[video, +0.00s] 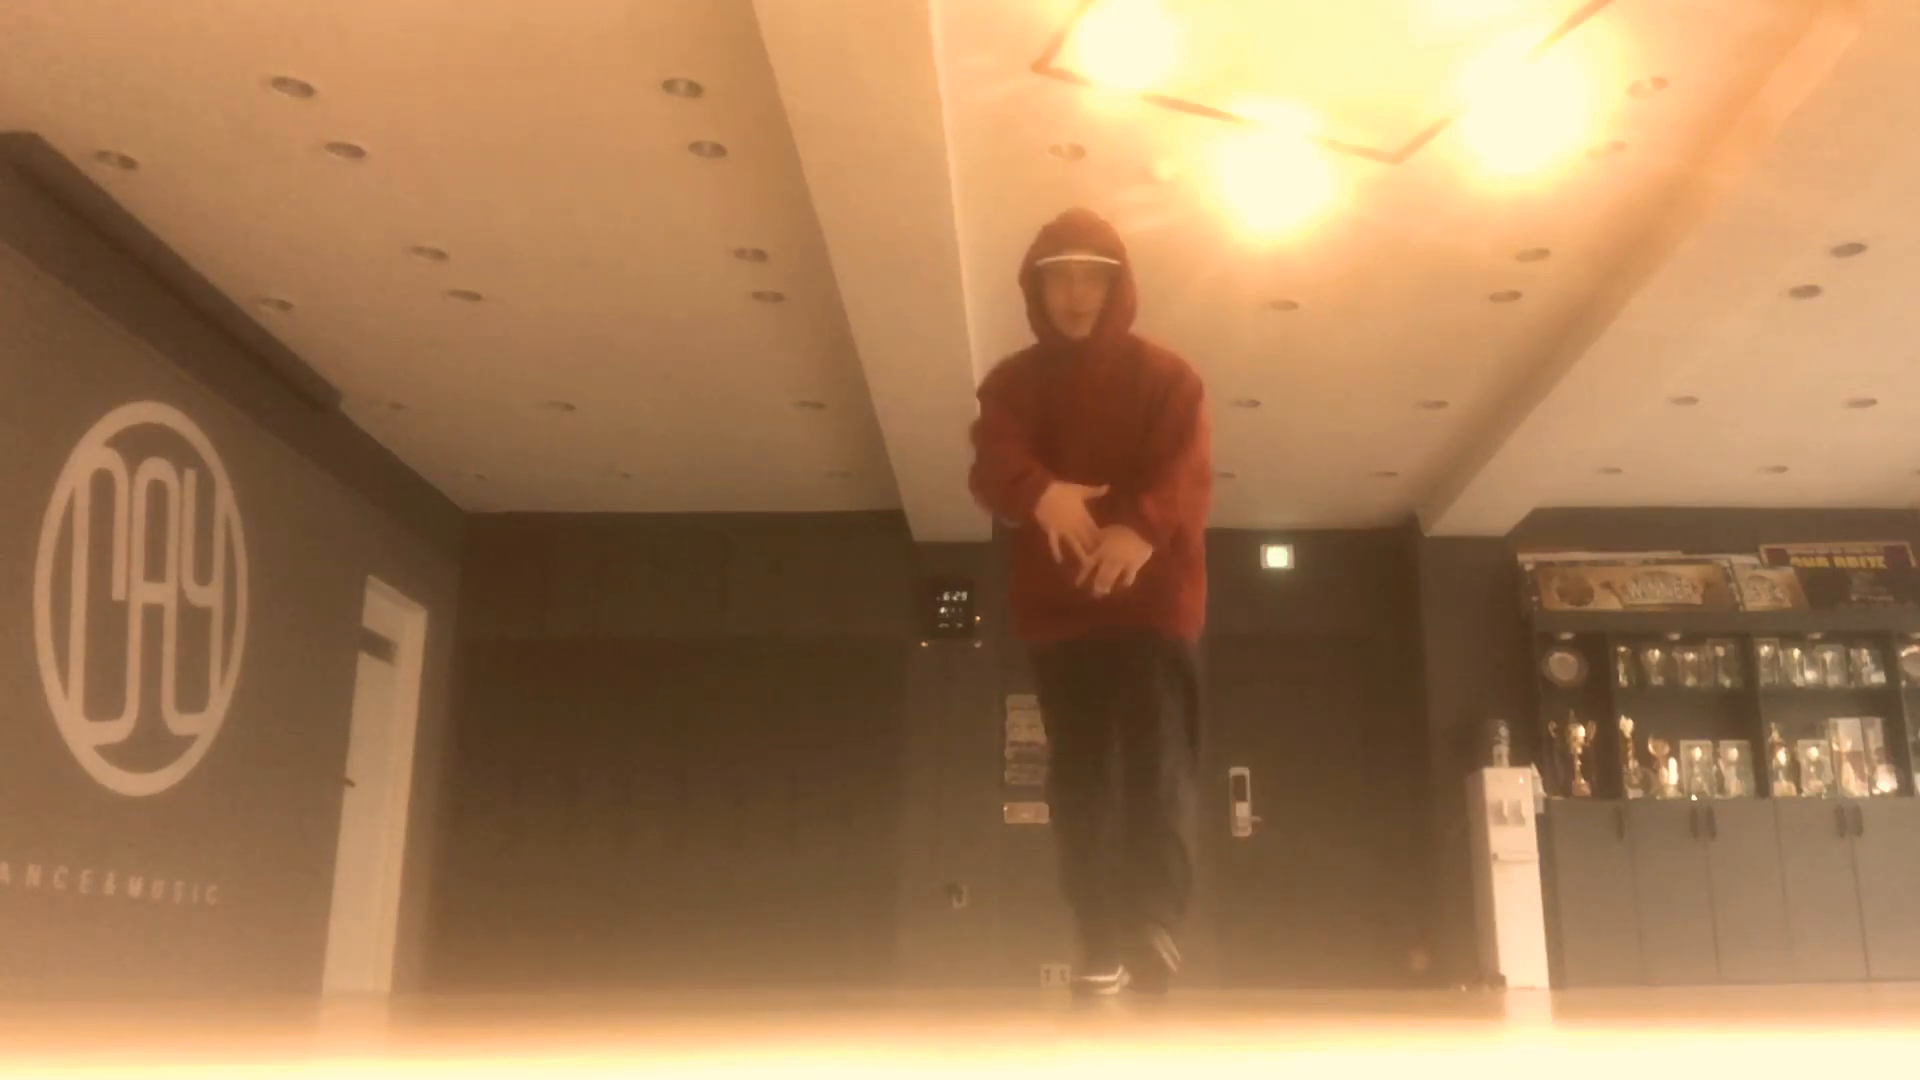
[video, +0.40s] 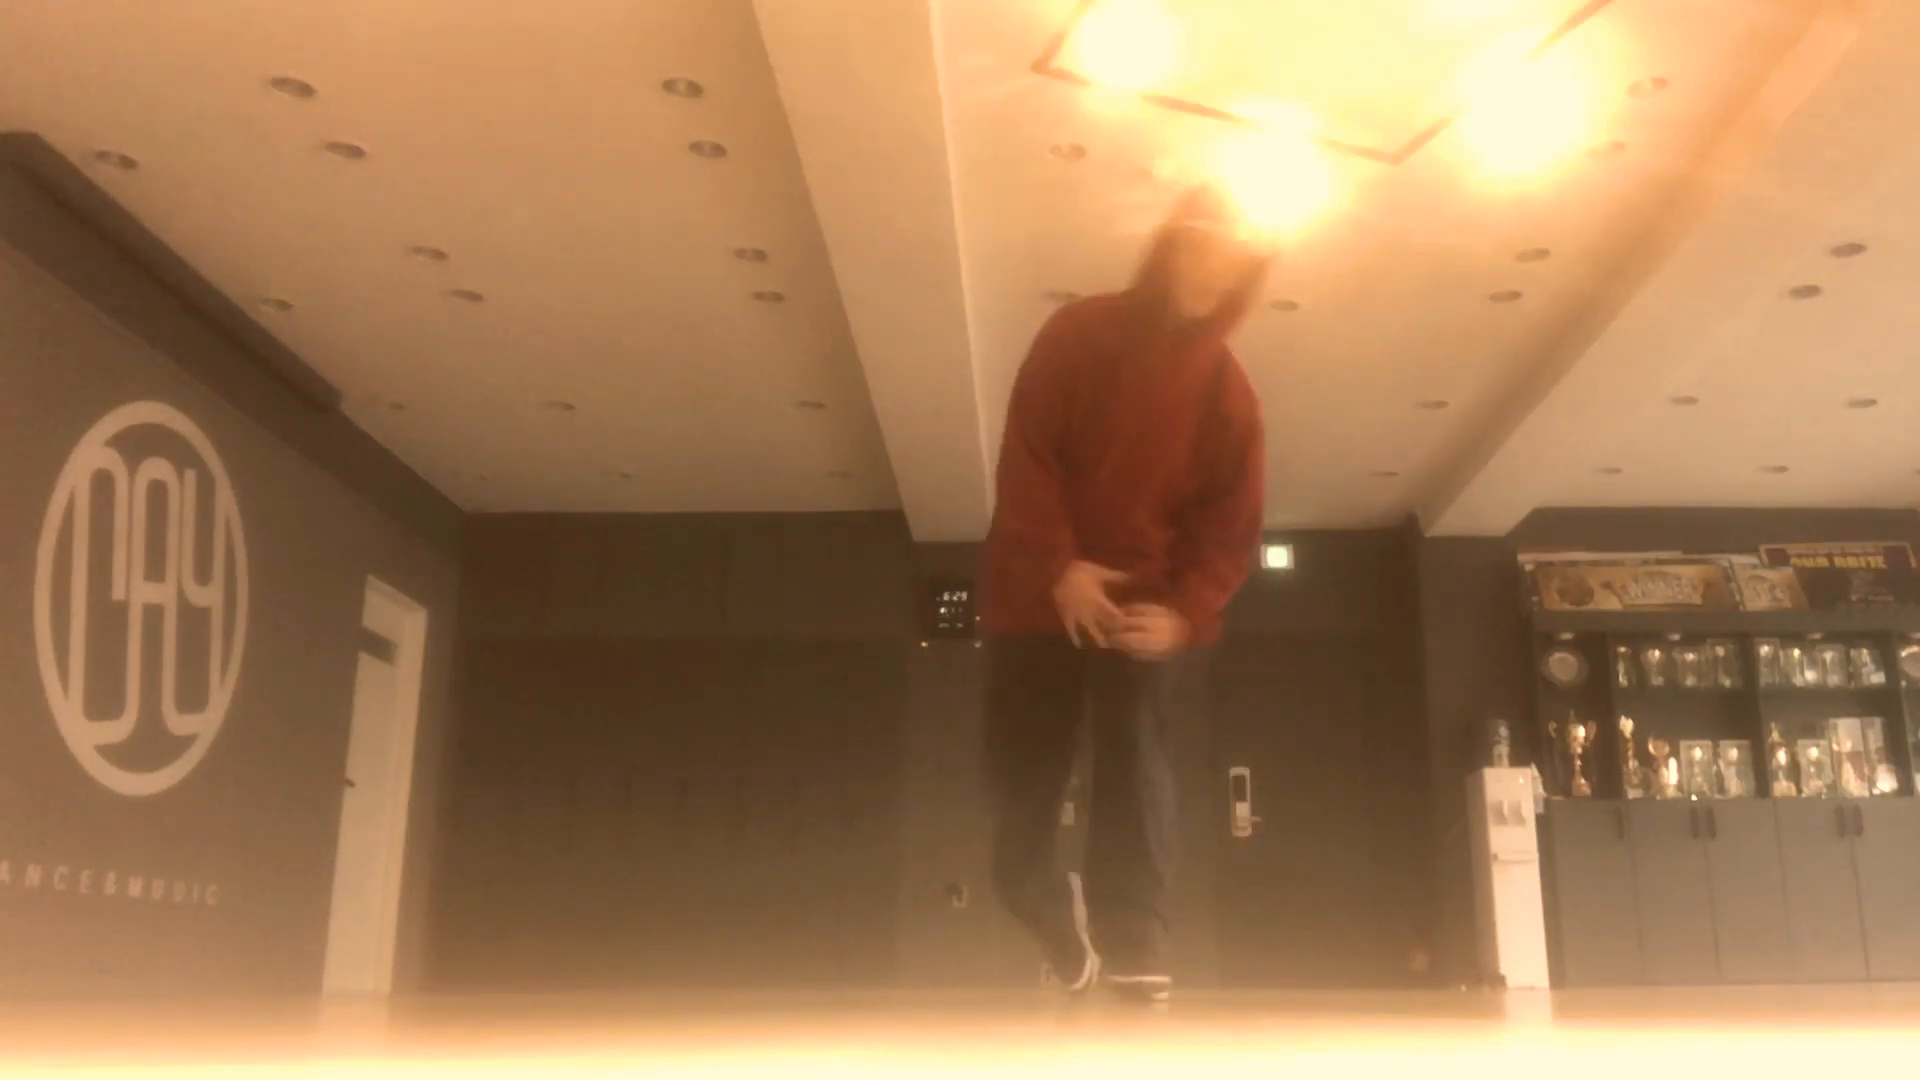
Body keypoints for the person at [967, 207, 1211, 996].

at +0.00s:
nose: (1072, 295)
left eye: (1089, 278)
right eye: (1056, 278)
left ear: (1116, 286)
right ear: (1034, 289)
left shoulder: (1167, 377)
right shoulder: (1011, 382)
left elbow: (1186, 472)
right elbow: (992, 465)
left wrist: (1141, 529)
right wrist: (1042, 492)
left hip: (1152, 612)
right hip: (1060, 614)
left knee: (1158, 766)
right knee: (1079, 774)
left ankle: (1157, 923)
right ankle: (1099, 940)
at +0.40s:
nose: (1205, 273)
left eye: (1225, 261)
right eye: (1196, 251)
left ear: (1241, 280)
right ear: (1164, 251)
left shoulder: (1226, 387)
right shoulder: (1078, 332)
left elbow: (1232, 522)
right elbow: (1025, 457)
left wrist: (1184, 612)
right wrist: (1058, 564)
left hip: (1145, 602)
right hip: (1040, 584)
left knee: (1134, 768)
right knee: (1029, 764)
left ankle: (1137, 945)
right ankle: (1050, 921)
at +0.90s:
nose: (1206, 236)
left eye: (1225, 224)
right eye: (1193, 215)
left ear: (1240, 254)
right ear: (1152, 225)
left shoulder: (1234, 380)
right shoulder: (1097, 294)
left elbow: (1318, 487)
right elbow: (995, 319)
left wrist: (1420, 533)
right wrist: (913, 309)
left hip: (1175, 591)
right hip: (1057, 557)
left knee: (1177, 763)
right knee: (988, 729)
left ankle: (1126, 927)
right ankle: (847, 883)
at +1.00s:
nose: (1201, 241)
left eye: (1218, 227)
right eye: (1185, 220)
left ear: (1232, 248)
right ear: (1145, 223)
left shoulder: (1234, 372)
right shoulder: (1086, 302)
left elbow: (1297, 495)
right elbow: (981, 366)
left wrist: (1366, 580)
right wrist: (939, 411)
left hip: (1181, 592)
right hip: (1070, 558)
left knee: (1162, 771)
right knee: (1044, 727)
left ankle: (1110, 941)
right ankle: (892, 884)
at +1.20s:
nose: (1154, 218)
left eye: (1172, 197)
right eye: (1133, 200)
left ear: (1202, 212)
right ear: (1105, 216)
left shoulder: (1236, 339)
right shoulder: (1061, 321)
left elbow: (1253, 475)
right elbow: (1017, 453)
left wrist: (1218, 561)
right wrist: (1031, 565)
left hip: (1195, 575)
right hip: (1087, 556)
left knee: (1182, 752)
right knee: (1148, 664)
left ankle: (1116, 936)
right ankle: (1063, 889)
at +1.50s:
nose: (1070, 193)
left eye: (1087, 169)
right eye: (1049, 179)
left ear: (1125, 172)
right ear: (1030, 201)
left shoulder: (1199, 257)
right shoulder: (1045, 323)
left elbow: (1241, 228)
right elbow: (1015, 458)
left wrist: (1184, 156)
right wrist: (1008, 574)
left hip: (1269, 511)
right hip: (1147, 519)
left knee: (1245, 734)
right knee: (1213, 713)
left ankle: (1141, 904)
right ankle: (1287, 930)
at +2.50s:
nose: (1031, 274)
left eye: (1050, 260)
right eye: (1015, 257)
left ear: (1070, 272)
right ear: (989, 264)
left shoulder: (1099, 372)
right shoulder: (940, 360)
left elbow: (1134, 476)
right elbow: (921, 496)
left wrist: (1122, 555)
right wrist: (995, 576)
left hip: (1066, 602)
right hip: (961, 608)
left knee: (1089, 764)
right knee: (966, 777)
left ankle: (1116, 936)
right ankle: (976, 939)